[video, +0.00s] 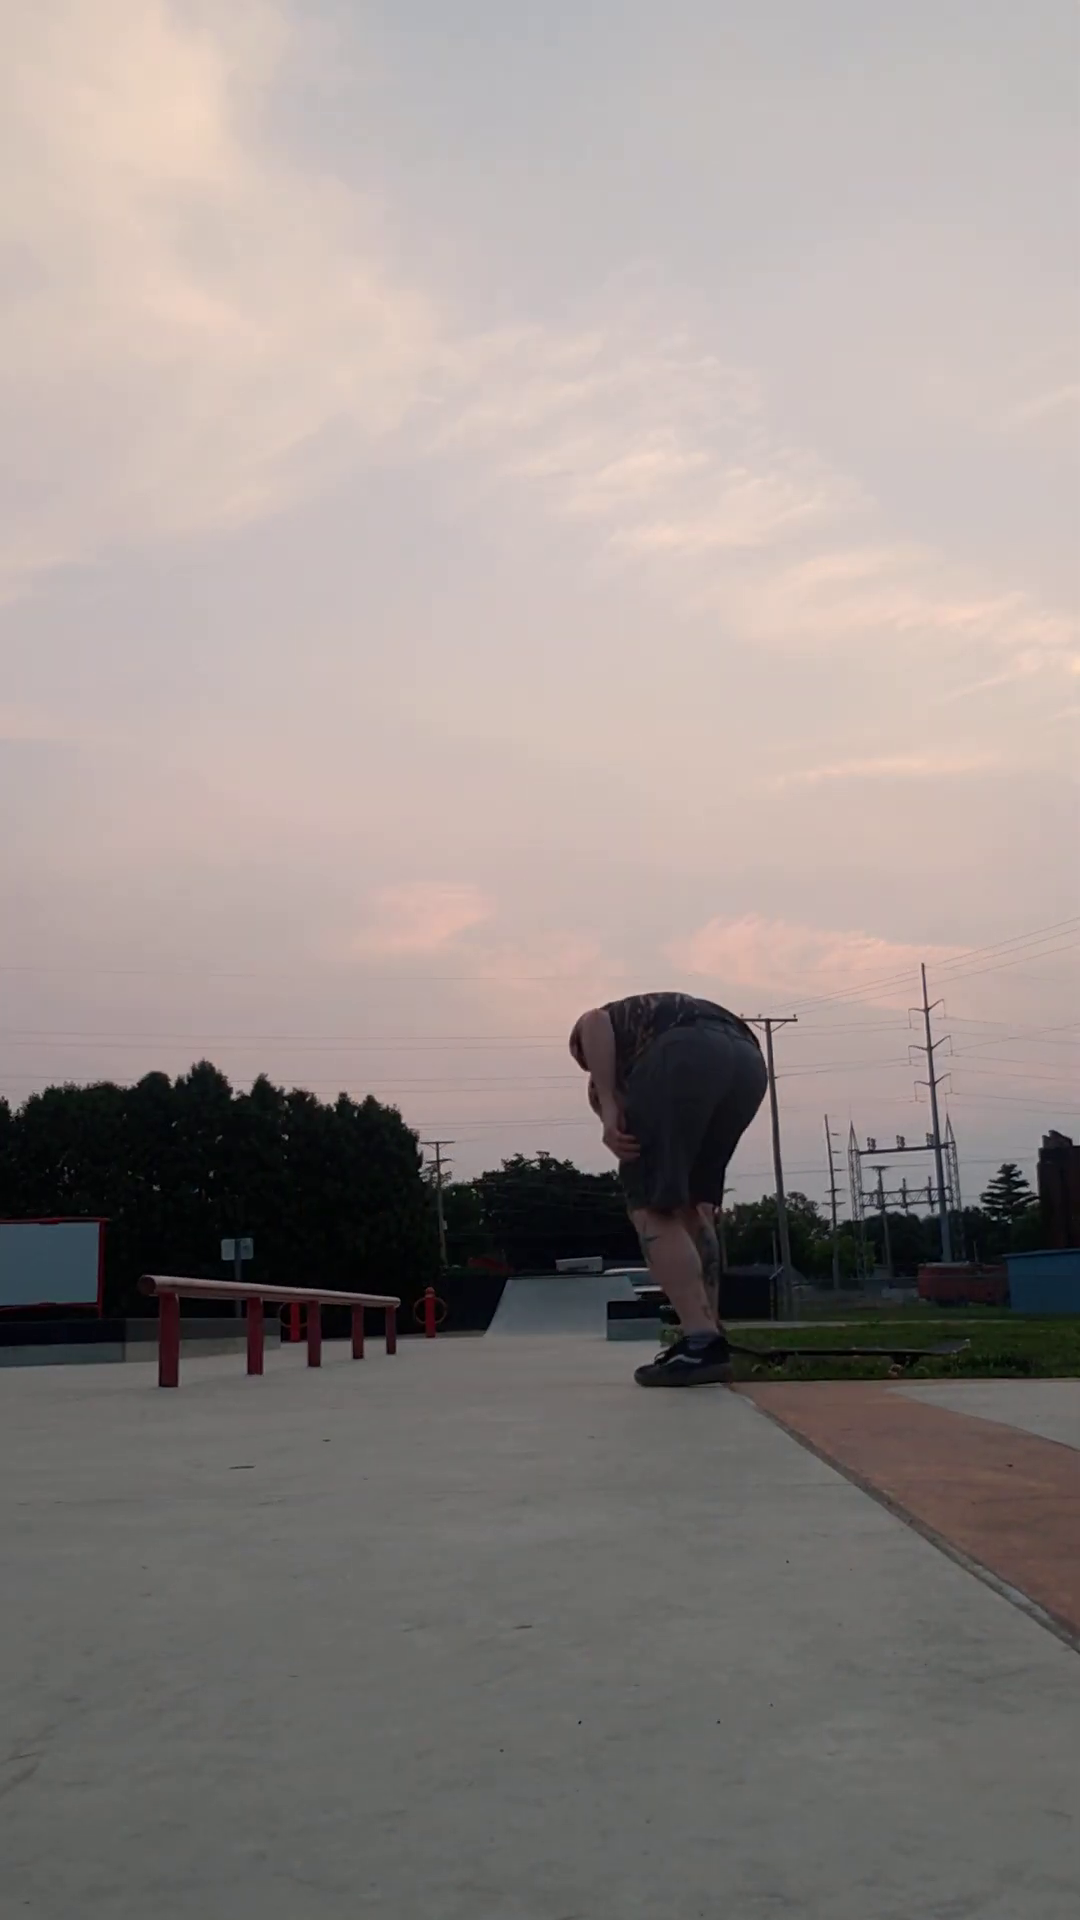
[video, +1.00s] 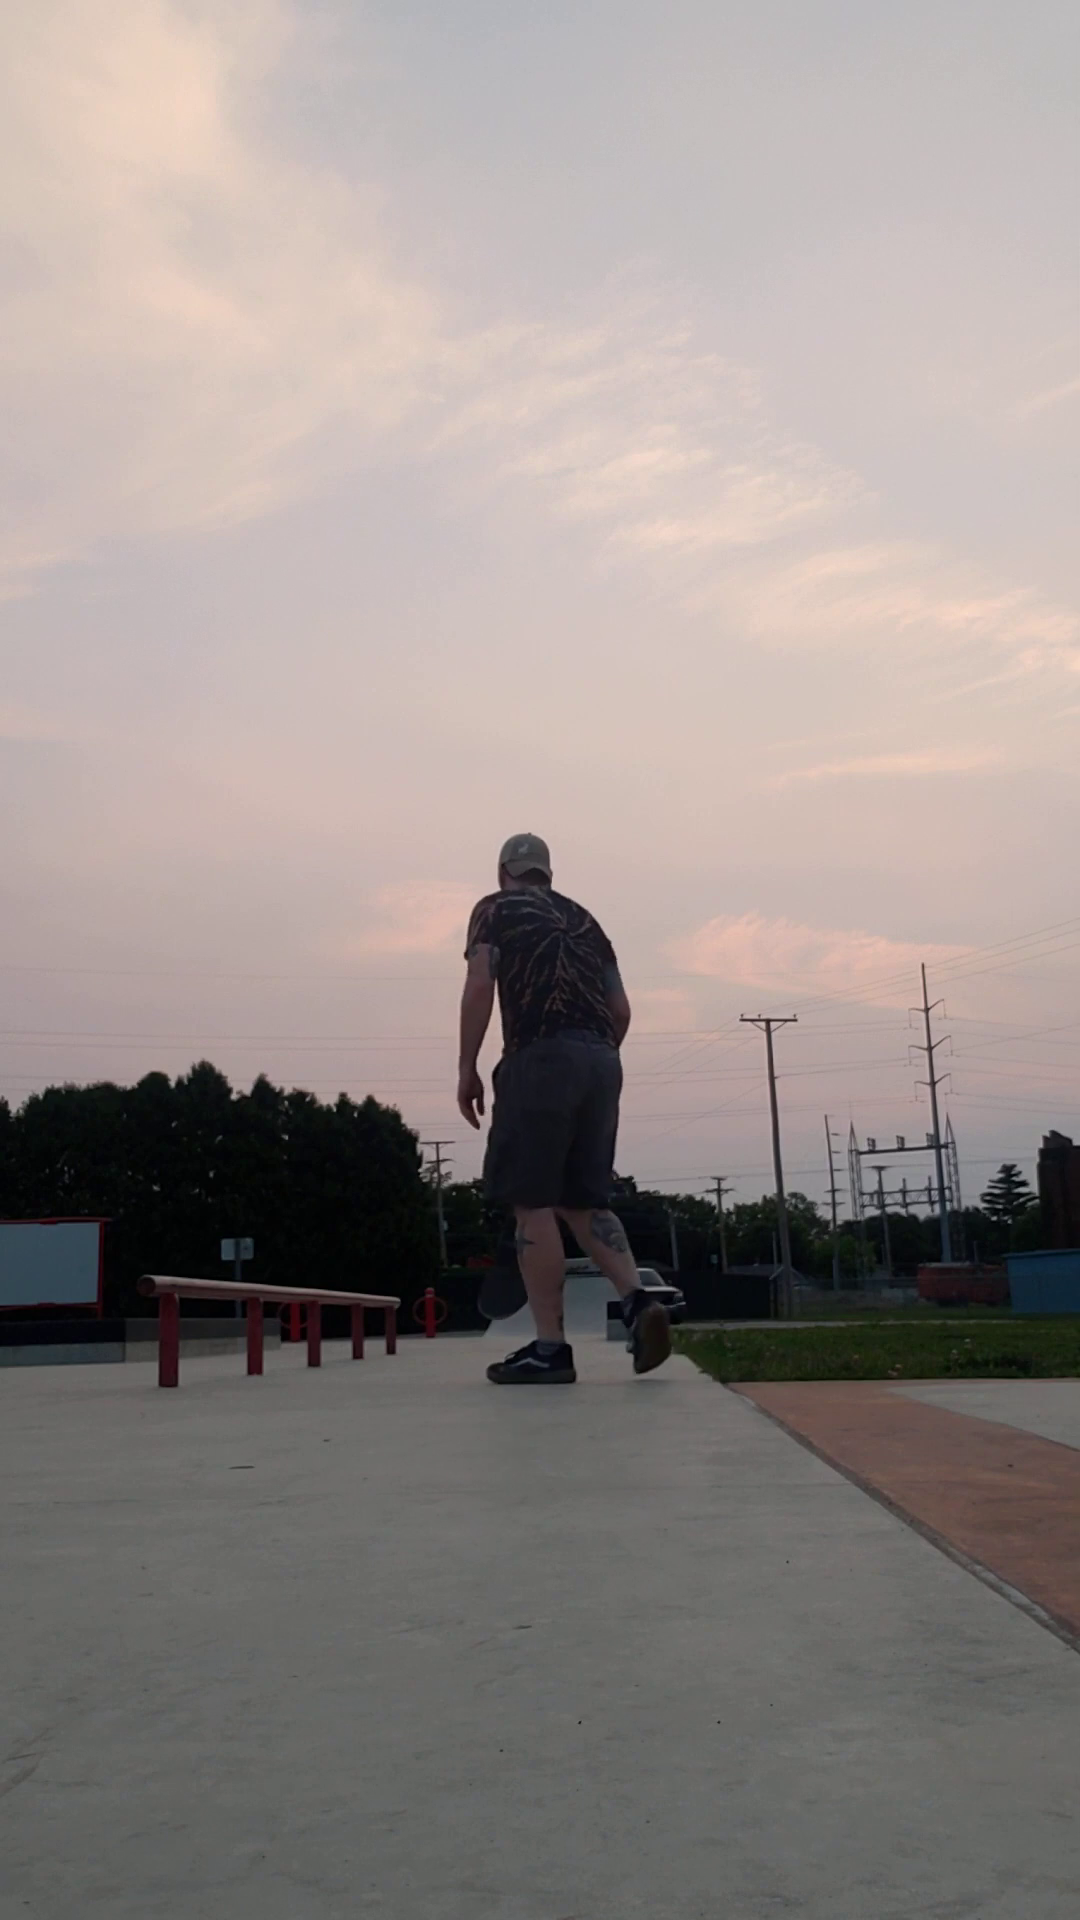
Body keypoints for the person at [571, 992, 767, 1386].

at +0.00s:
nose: (608, 1118)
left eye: (602, 1104)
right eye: (602, 1108)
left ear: (593, 1081)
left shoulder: (590, 1036)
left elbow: (594, 1021)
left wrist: (609, 1107)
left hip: (687, 1051)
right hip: (750, 1063)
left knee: (652, 1210)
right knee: (693, 1208)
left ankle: (700, 1341)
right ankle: (708, 1336)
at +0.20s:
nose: (599, 1097)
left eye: (591, 1087)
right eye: (591, 1091)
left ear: (583, 1058)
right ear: (617, 1065)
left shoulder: (583, 1021)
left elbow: (589, 1016)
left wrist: (599, 1102)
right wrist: (712, 1282)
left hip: (680, 1047)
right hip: (741, 1058)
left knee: (650, 1205)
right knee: (688, 1203)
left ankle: (698, 1332)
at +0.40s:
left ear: (573, 977)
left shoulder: (574, 971)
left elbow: (573, 992)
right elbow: (723, 1101)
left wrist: (585, 1086)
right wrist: (717, 1184)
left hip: (659, 1041)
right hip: (722, 1044)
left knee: (631, 1192)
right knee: (685, 1199)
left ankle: (690, 1305)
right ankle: (706, 1346)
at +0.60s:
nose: (551, 942)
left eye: (552, 933)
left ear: (558, 930)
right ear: (595, 926)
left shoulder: (556, 942)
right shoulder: (640, 952)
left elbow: (555, 982)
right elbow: (722, 1018)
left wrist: (559, 1075)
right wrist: (698, 1089)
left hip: (633, 1047)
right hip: (698, 1049)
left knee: (600, 1187)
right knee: (684, 1196)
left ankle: (611, 1336)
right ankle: (702, 1342)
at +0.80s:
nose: (525, 911)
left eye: (524, 904)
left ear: (528, 900)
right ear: (571, 894)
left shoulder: (526, 924)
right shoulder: (612, 925)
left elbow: (526, 983)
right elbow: (677, 995)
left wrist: (528, 1075)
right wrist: (661, 1065)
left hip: (591, 1058)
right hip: (655, 1058)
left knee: (568, 1206)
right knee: (667, 1204)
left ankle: (554, 1347)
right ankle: (699, 1342)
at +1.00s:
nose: (500, 883)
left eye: (499, 876)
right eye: (511, 877)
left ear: (503, 872)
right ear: (549, 873)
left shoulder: (495, 908)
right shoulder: (586, 920)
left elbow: (480, 983)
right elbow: (620, 1010)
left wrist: (467, 1067)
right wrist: (592, 1066)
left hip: (540, 1063)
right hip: (602, 1064)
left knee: (532, 1203)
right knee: (582, 1200)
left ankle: (549, 1348)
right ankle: (639, 1299)